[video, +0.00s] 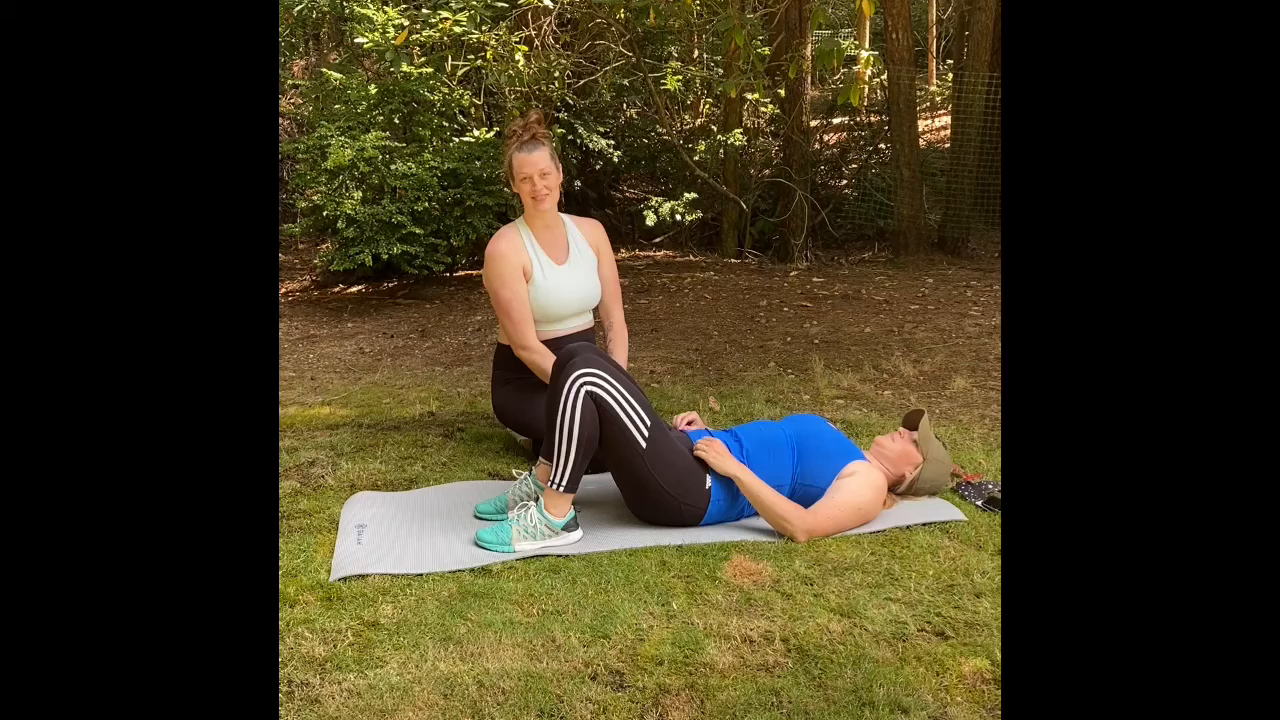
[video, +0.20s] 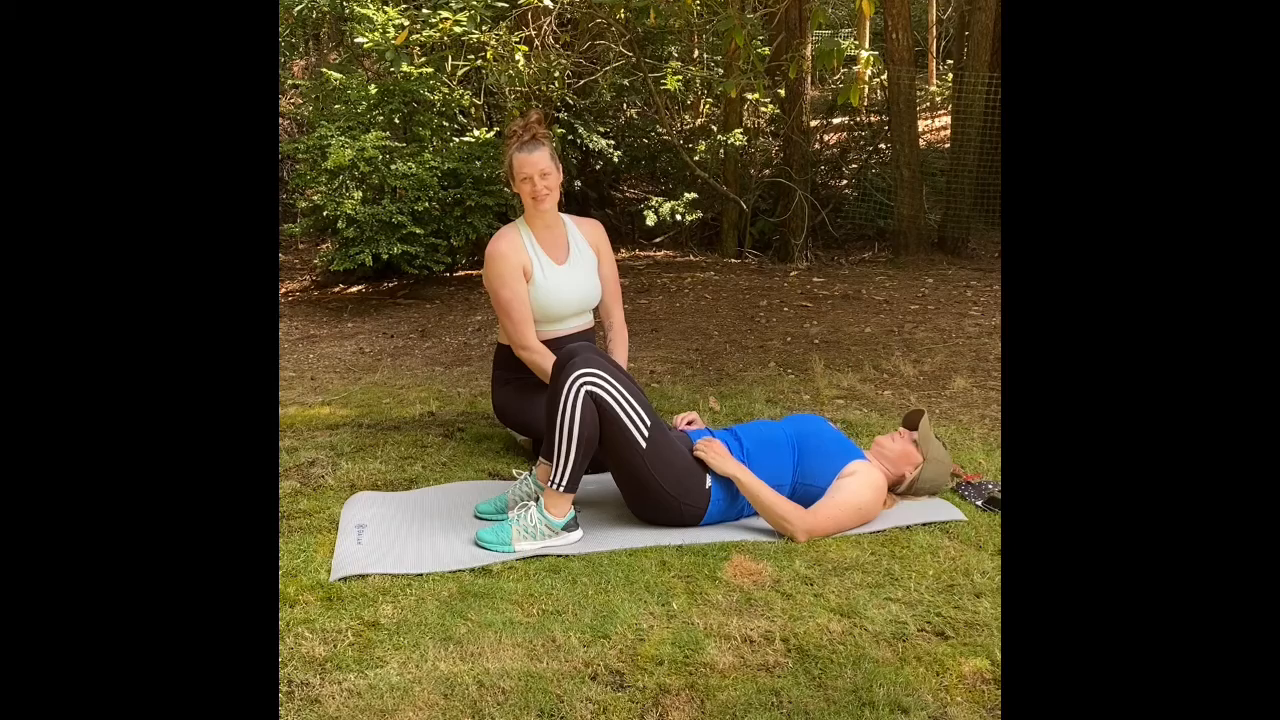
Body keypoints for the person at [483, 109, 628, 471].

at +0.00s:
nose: (538, 186)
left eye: (544, 174)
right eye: (526, 179)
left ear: (560, 173)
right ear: (514, 186)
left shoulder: (591, 232)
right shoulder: (505, 248)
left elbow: (614, 321)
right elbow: (525, 346)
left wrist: (615, 384)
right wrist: (586, 396)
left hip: (584, 365)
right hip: (523, 380)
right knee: (599, 444)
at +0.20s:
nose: (538, 187)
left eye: (544, 174)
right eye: (526, 179)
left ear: (560, 173)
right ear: (514, 187)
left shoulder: (591, 232)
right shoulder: (505, 248)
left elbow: (614, 321)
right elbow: (525, 345)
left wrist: (615, 384)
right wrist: (586, 396)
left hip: (584, 365)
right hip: (523, 380)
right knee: (599, 444)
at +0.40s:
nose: (538, 187)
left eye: (545, 174)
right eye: (527, 179)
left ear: (561, 174)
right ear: (514, 187)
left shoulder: (591, 232)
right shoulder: (505, 248)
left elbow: (614, 322)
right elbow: (525, 345)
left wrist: (613, 385)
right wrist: (585, 396)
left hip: (584, 366)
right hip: (523, 381)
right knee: (599, 444)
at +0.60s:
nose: (540, 187)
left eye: (546, 174)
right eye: (527, 179)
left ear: (561, 174)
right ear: (514, 186)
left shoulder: (591, 232)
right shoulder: (505, 248)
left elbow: (614, 321)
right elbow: (525, 346)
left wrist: (615, 384)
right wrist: (586, 395)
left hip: (584, 366)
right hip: (523, 381)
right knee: (602, 445)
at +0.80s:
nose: (540, 187)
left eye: (547, 174)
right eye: (528, 179)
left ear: (562, 174)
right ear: (514, 186)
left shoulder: (591, 232)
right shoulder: (505, 248)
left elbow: (614, 321)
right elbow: (525, 346)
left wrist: (615, 384)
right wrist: (586, 396)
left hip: (584, 366)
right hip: (523, 381)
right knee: (603, 446)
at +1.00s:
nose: (541, 187)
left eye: (548, 174)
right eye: (529, 179)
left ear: (562, 175)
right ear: (515, 185)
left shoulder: (591, 232)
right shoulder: (505, 248)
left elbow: (614, 321)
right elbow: (524, 346)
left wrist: (614, 384)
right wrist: (585, 396)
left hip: (584, 366)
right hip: (523, 382)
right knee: (601, 445)